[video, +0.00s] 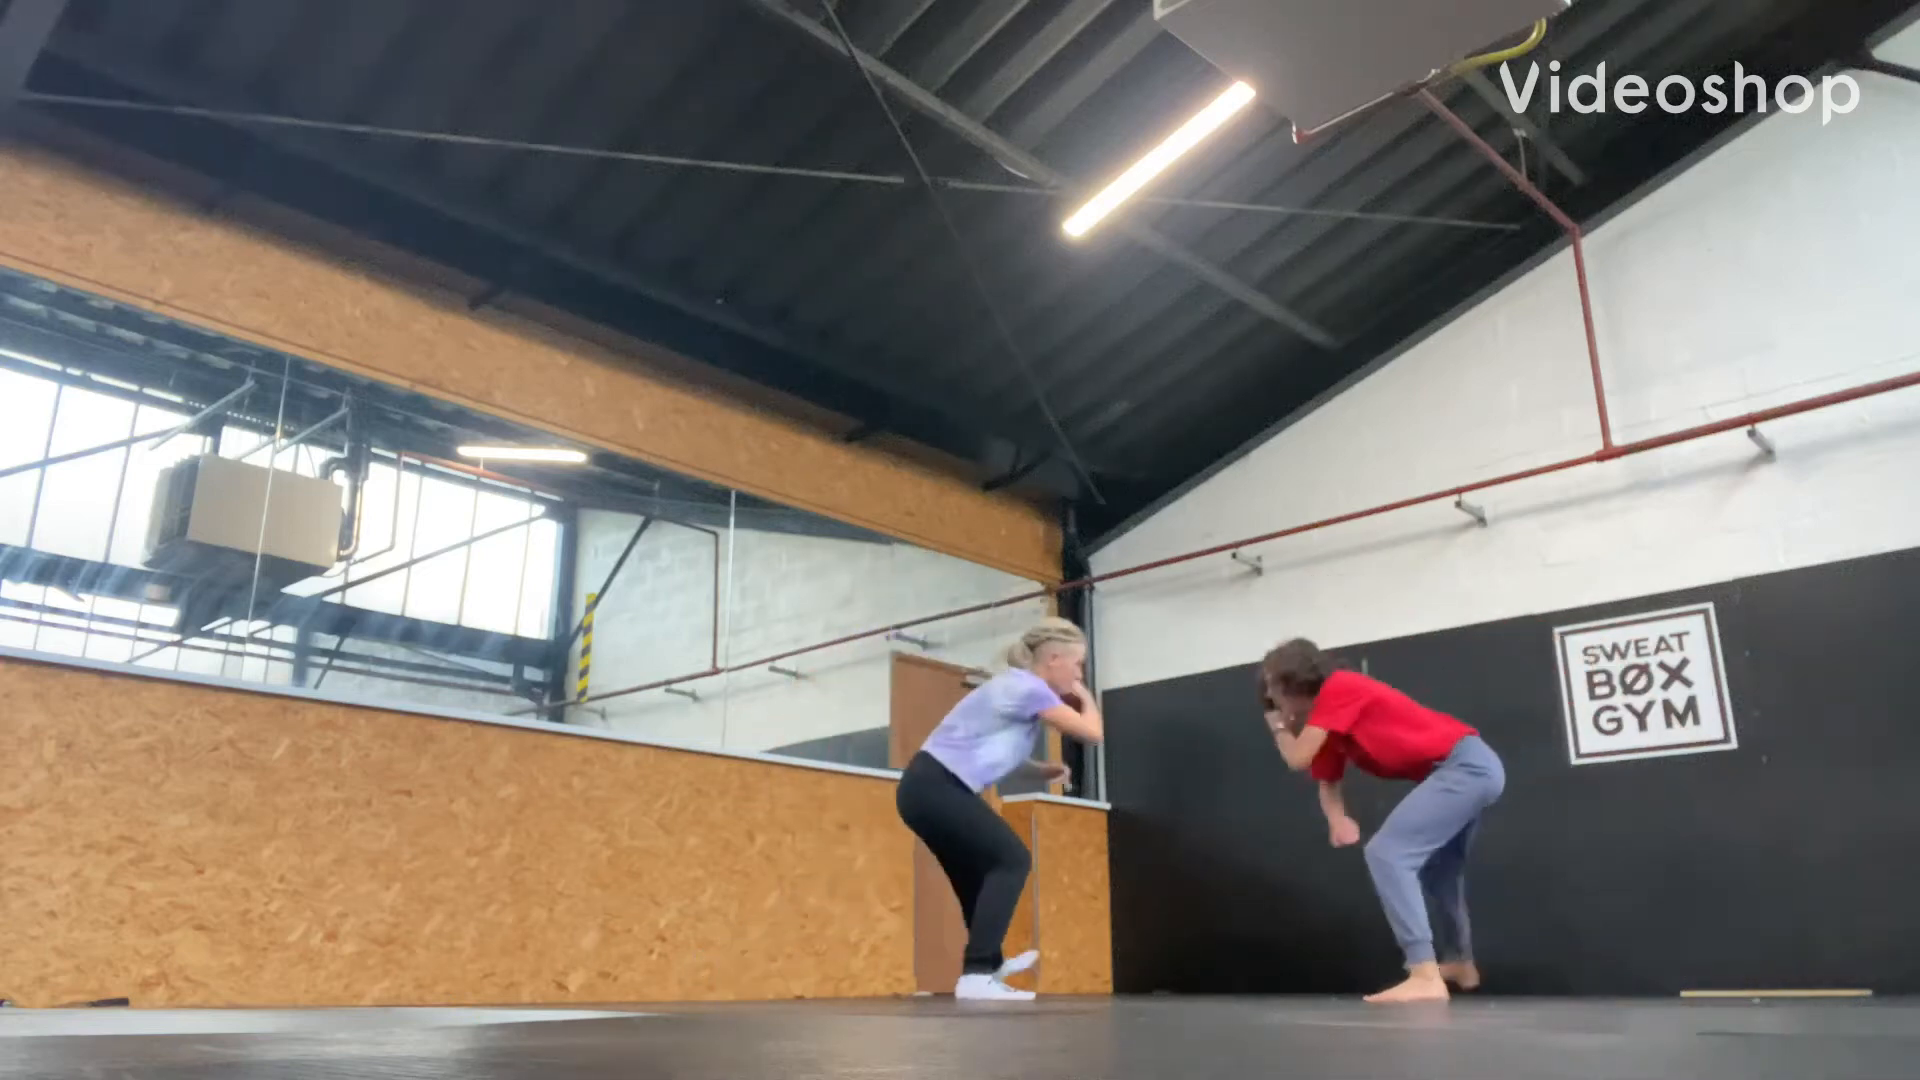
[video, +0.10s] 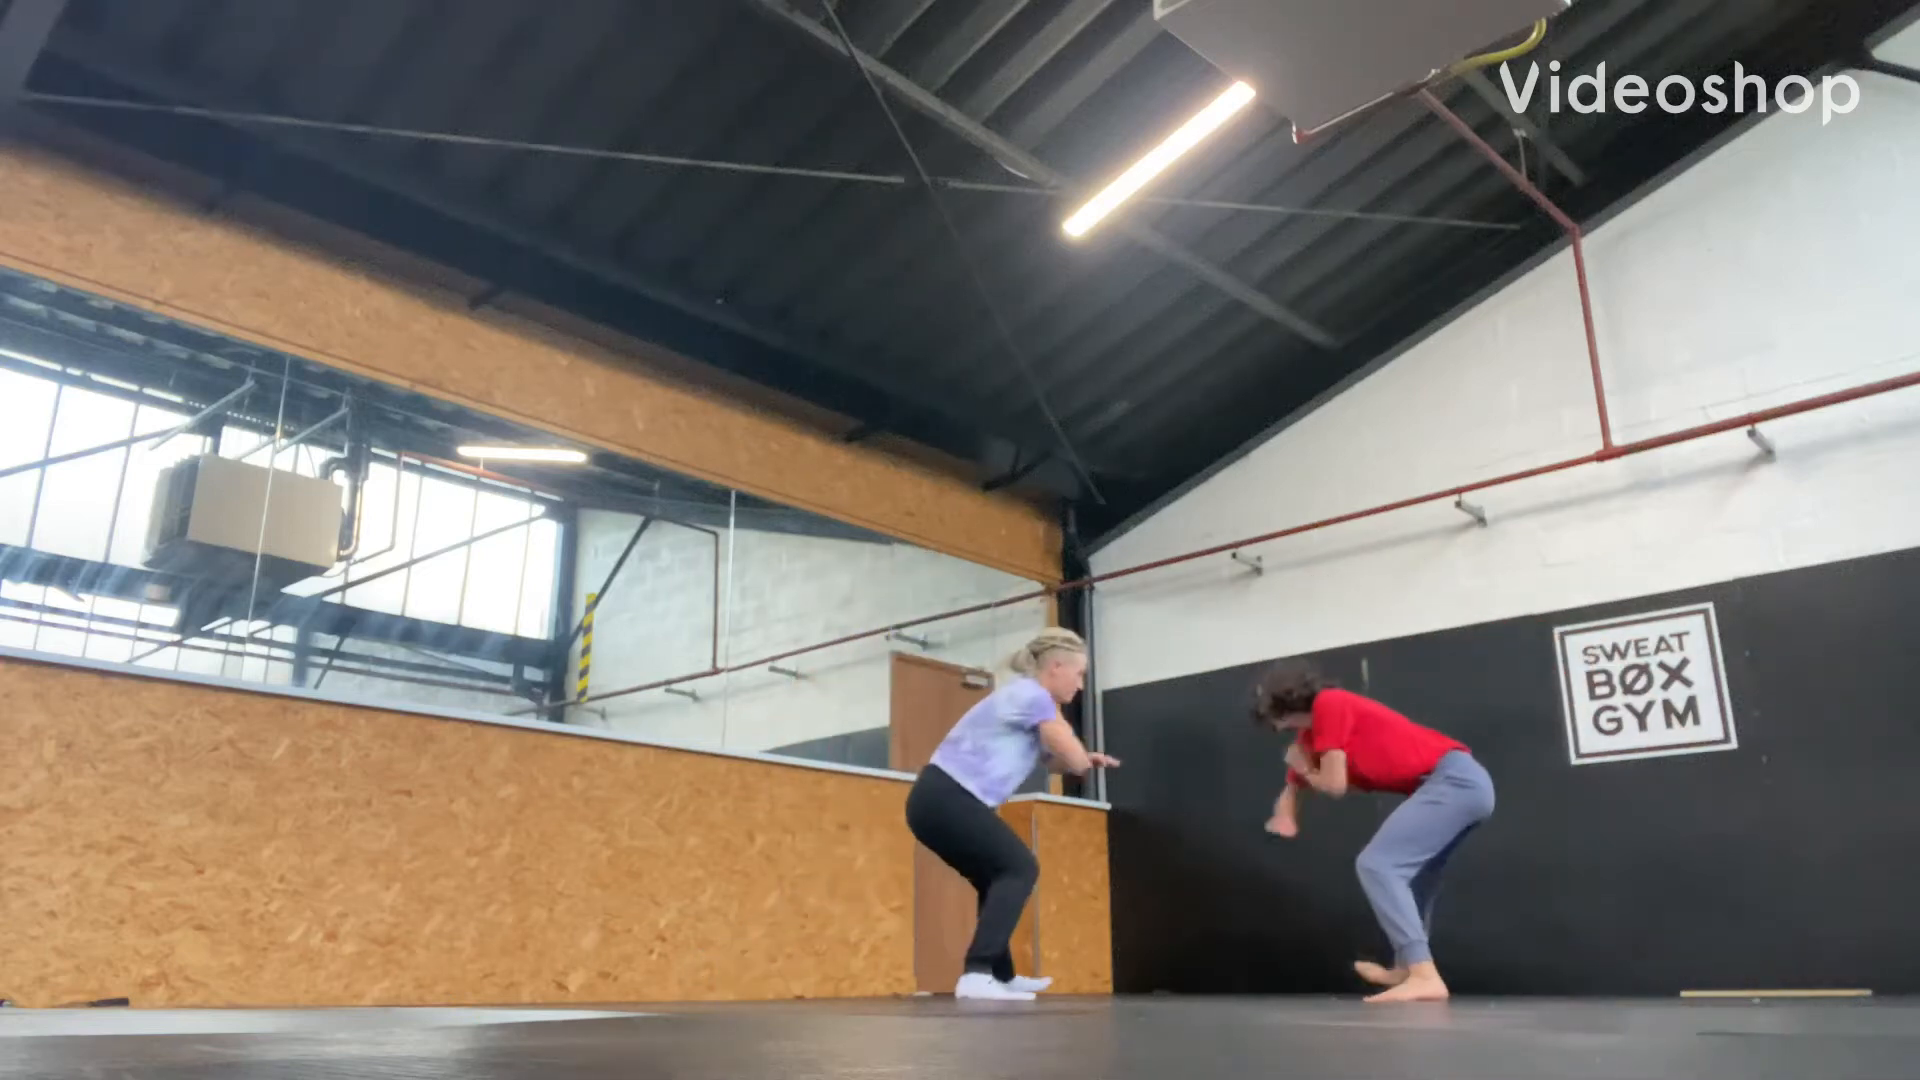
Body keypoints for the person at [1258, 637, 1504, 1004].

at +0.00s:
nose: (1280, 709)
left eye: (1279, 700)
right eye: (1275, 701)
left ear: (1297, 686)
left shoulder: (1341, 686)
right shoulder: (1329, 722)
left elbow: (1296, 757)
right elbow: (1329, 781)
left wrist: (1277, 729)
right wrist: (1338, 822)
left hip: (1467, 765)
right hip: (1470, 768)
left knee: (1387, 852)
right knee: (1440, 868)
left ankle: (1424, 976)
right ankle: (1460, 965)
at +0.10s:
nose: (1281, 728)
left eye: (1280, 720)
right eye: (1277, 723)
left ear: (1290, 708)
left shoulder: (1330, 704)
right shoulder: (1313, 733)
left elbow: (1335, 783)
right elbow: (1294, 785)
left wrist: (1304, 769)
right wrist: (1285, 814)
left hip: (1456, 780)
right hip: (1461, 784)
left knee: (1376, 863)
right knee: (1414, 878)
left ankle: (1424, 976)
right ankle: (1405, 969)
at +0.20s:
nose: (1276, 737)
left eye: (1275, 727)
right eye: (1270, 732)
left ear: (1288, 715)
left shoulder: (1331, 716)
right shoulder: (1304, 752)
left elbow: (1379, 766)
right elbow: (1264, 785)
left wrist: (1340, 793)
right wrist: (1232, 798)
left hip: (1451, 785)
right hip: (1430, 794)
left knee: (1390, 872)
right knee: (1373, 871)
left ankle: (1424, 973)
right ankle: (1398, 974)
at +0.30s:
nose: (1268, 733)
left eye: (1270, 724)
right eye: (1264, 727)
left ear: (1286, 717)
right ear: (1271, 729)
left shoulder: (1326, 717)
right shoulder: (1292, 758)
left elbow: (1386, 739)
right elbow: (1249, 779)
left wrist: (1352, 787)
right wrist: (1196, 789)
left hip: (1445, 777)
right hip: (1415, 802)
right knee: (1372, 868)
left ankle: (1441, 962)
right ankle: (1397, 974)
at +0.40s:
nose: (1279, 734)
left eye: (1281, 723)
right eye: (1272, 729)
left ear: (1295, 711)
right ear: (1268, 727)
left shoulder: (1324, 710)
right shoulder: (1297, 750)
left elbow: (1363, 739)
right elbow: (1263, 772)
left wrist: (1323, 776)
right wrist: (1209, 790)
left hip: (1444, 771)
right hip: (1416, 797)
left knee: (1461, 866)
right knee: (1375, 868)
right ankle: (1397, 977)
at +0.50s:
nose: (1283, 725)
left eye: (1281, 715)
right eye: (1278, 719)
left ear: (1295, 701)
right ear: (1292, 709)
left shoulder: (1328, 697)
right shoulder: (1319, 734)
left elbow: (1322, 740)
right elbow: (1300, 762)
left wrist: (1283, 754)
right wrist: (1269, 790)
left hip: (1446, 769)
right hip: (1419, 794)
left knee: (1488, 872)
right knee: (1379, 870)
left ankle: (1596, 953)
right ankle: (1397, 978)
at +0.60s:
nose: (1284, 699)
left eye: (1285, 691)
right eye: (1283, 692)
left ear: (1298, 682)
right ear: (1312, 681)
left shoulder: (1332, 687)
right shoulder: (1343, 711)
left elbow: (1284, 719)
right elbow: (1401, 756)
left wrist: (1262, 714)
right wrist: (1369, 777)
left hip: (1450, 766)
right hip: (1422, 789)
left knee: (1515, 871)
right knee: (1384, 870)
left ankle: (1622, 939)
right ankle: (1398, 978)